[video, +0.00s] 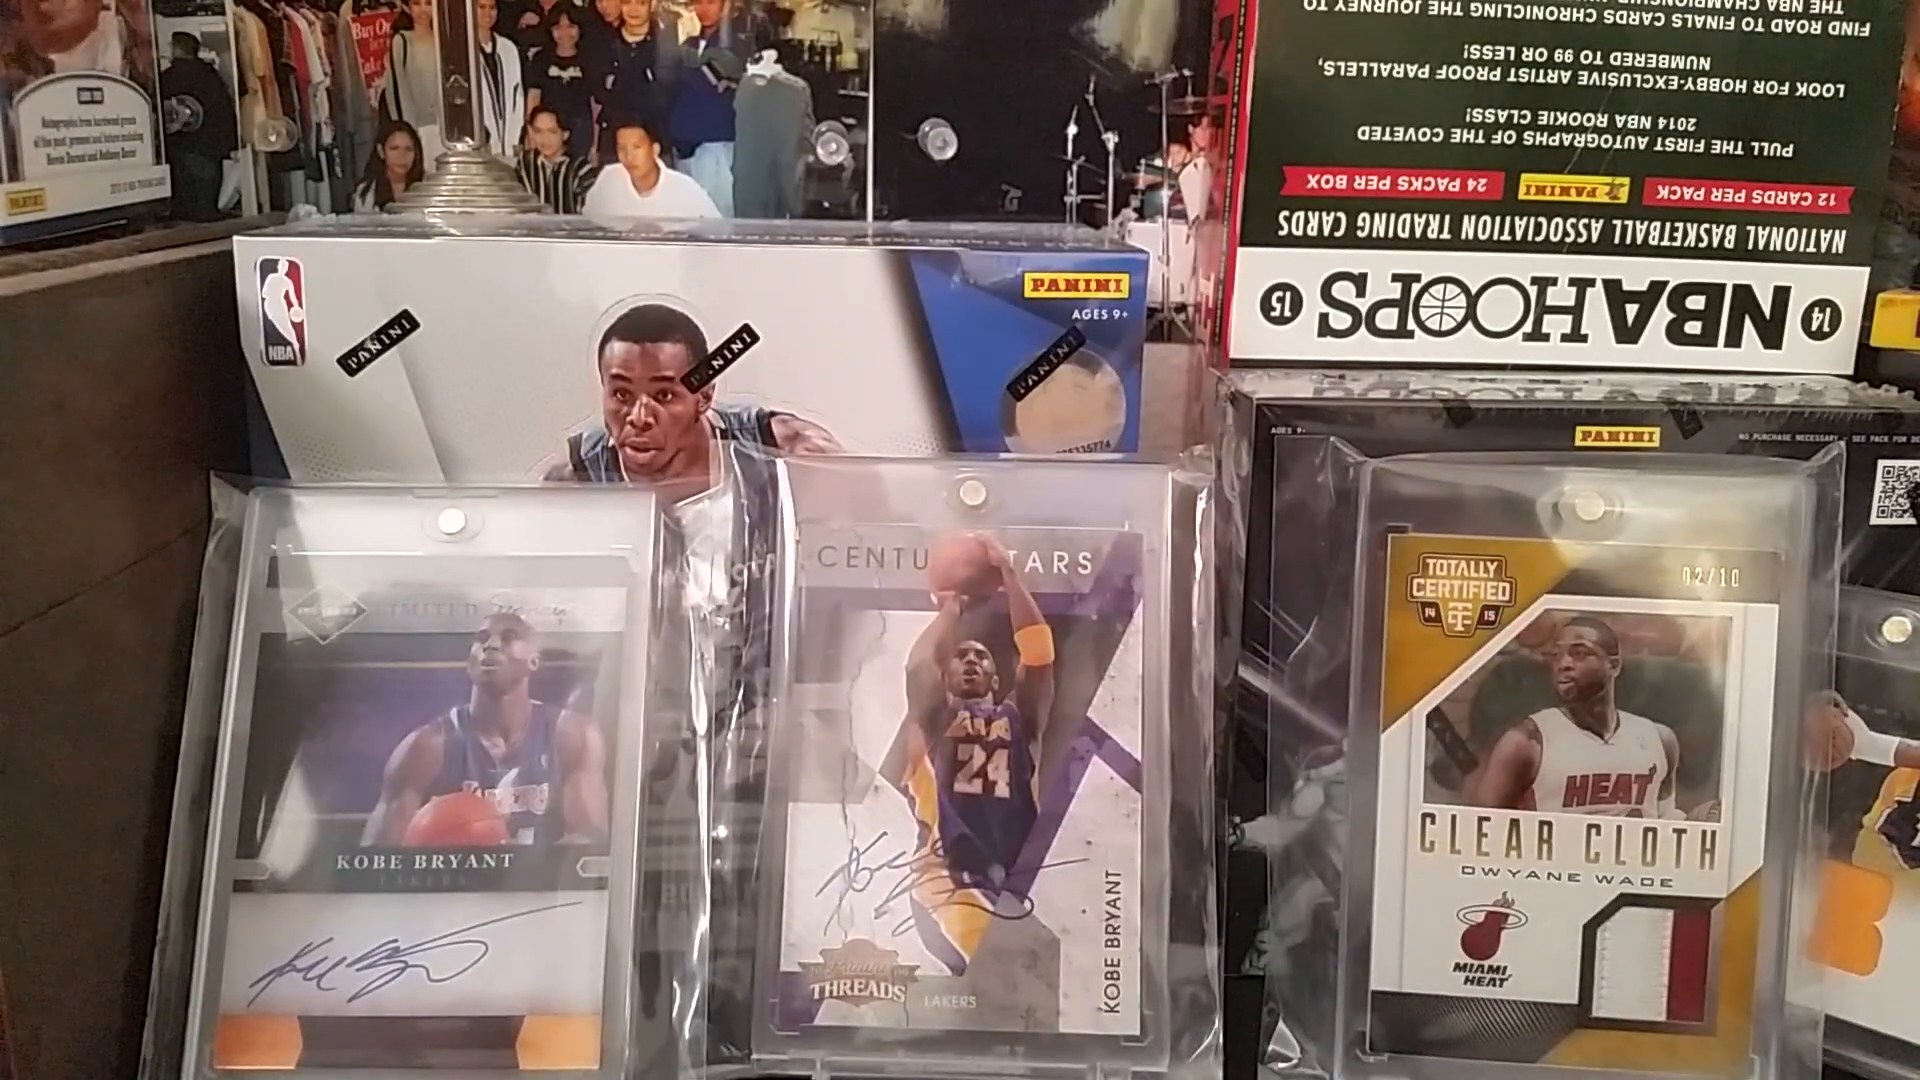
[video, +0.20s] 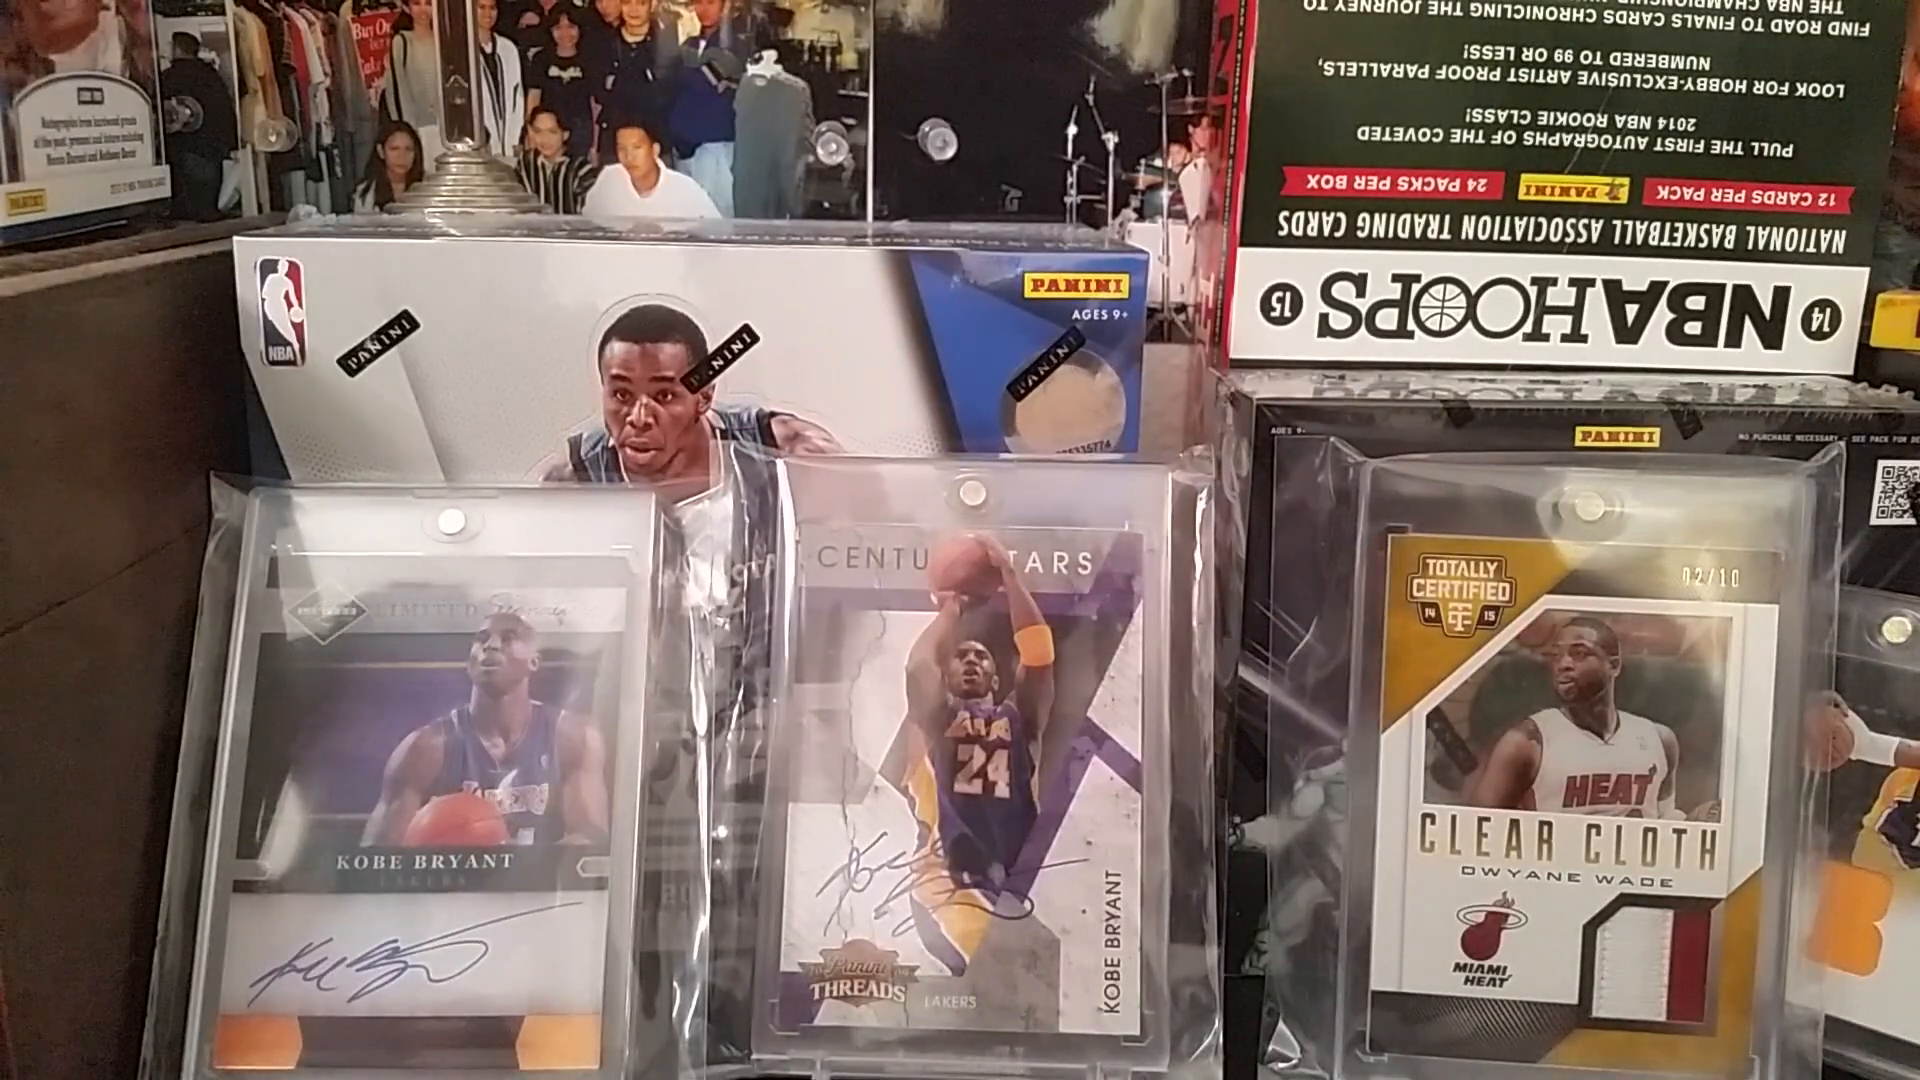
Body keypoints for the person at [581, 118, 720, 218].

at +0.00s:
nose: (629, 157)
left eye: (637, 148)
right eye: (622, 149)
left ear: (655, 150)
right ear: (617, 153)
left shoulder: (685, 188)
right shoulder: (609, 178)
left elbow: (719, 232)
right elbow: (585, 224)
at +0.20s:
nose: (629, 158)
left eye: (637, 148)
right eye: (622, 150)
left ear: (655, 150)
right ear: (616, 153)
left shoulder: (685, 188)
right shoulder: (609, 179)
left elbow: (718, 232)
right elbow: (586, 225)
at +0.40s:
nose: (629, 157)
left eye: (637, 147)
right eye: (622, 149)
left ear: (655, 150)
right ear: (617, 153)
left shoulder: (685, 188)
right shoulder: (609, 178)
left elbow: (719, 231)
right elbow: (586, 224)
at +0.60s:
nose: (629, 157)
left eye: (637, 148)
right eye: (622, 149)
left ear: (655, 150)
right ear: (617, 153)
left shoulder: (685, 188)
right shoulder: (609, 179)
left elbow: (719, 232)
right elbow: (586, 224)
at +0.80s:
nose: (629, 157)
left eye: (637, 147)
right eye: (622, 149)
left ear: (655, 150)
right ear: (617, 152)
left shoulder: (685, 187)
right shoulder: (609, 178)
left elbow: (719, 231)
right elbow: (586, 224)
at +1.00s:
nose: (630, 157)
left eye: (638, 148)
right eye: (623, 149)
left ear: (656, 150)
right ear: (617, 153)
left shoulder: (685, 188)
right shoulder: (610, 178)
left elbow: (719, 232)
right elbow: (586, 224)